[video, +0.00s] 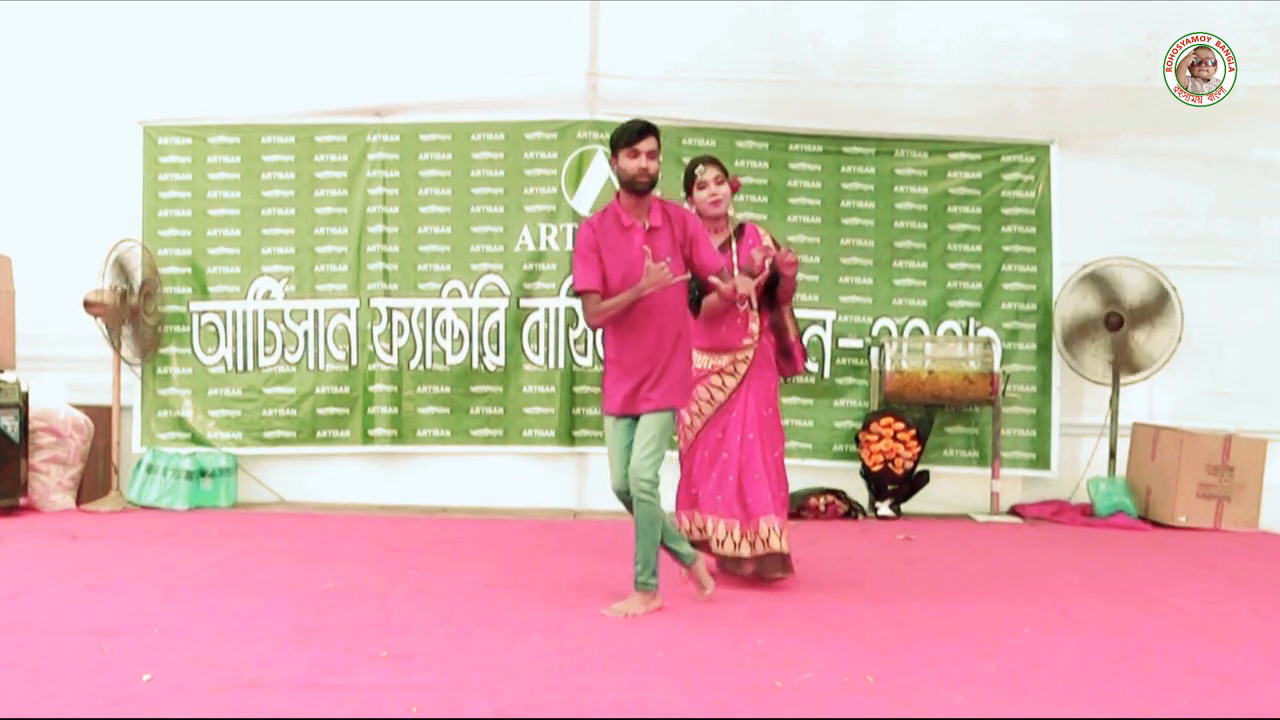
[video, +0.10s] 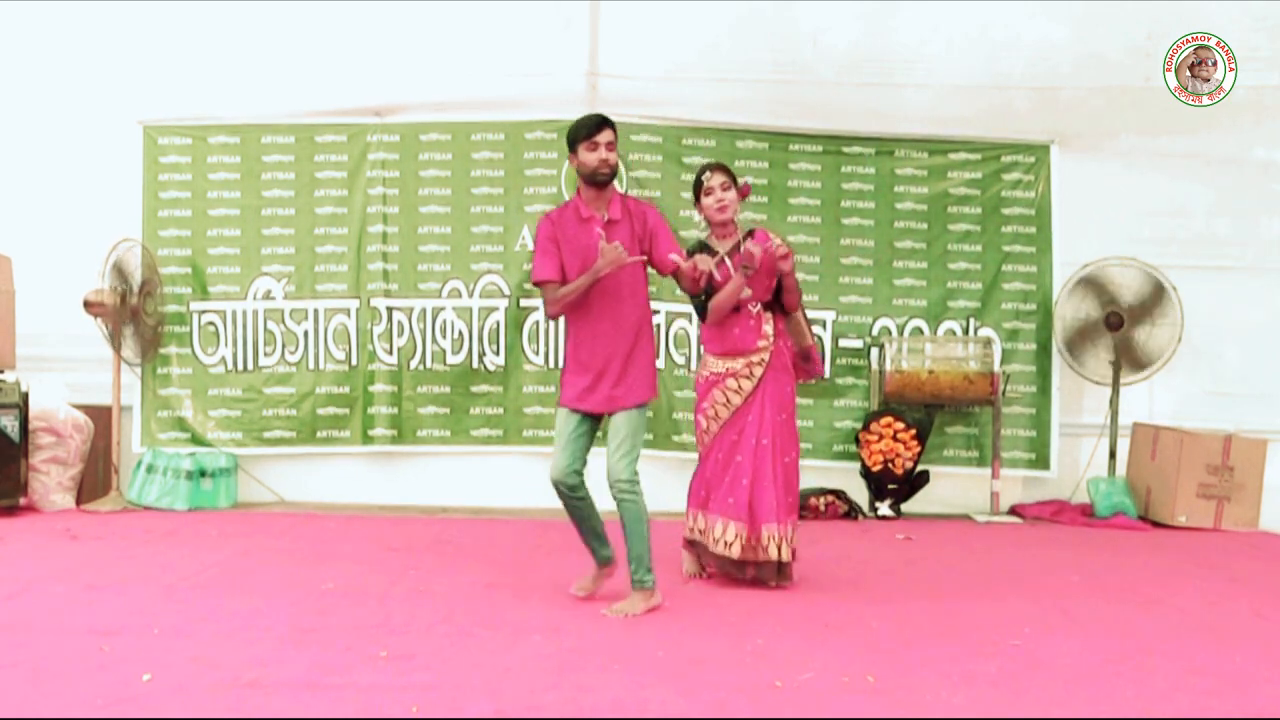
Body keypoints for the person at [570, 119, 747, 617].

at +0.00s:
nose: (645, 163)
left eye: (652, 155)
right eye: (634, 155)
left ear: (660, 162)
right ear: (615, 162)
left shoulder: (679, 219)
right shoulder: (594, 229)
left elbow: (719, 275)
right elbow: (593, 314)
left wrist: (735, 282)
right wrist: (640, 287)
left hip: (669, 368)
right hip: (621, 371)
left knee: (642, 477)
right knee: (622, 484)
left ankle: (646, 591)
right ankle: (690, 557)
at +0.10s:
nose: (606, 155)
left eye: (611, 147)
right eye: (595, 148)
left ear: (619, 155)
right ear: (574, 158)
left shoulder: (642, 215)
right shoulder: (554, 224)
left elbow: (685, 280)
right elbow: (553, 304)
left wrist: (692, 267)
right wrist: (598, 270)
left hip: (632, 369)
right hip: (582, 371)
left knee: (621, 476)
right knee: (564, 474)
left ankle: (644, 588)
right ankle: (604, 560)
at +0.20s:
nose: (579, 143)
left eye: (584, 135)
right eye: (568, 136)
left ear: (592, 142)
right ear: (546, 146)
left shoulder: (615, 201)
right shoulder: (528, 209)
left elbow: (662, 266)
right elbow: (525, 287)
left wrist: (668, 247)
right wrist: (565, 246)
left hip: (605, 352)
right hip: (556, 353)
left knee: (599, 461)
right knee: (537, 461)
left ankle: (629, 574)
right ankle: (559, 562)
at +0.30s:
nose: (541, 139)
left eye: (546, 131)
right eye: (530, 133)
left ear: (554, 137)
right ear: (508, 142)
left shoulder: (576, 195)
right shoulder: (491, 205)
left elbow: (625, 256)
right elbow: (491, 279)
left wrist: (633, 234)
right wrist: (521, 232)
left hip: (564, 346)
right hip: (516, 347)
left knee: (537, 453)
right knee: (520, 463)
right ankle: (548, 559)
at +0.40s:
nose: (516, 141)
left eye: (520, 133)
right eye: (504, 135)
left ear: (528, 139)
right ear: (483, 145)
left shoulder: (551, 200)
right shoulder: (464, 210)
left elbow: (596, 264)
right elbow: (471, 287)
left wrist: (606, 245)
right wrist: (501, 246)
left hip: (539, 350)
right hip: (491, 352)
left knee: (501, 463)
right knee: (502, 466)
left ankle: (471, 576)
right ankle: (550, 557)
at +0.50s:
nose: (478, 154)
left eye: (483, 145)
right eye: (467, 147)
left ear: (491, 152)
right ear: (446, 159)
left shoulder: (518, 217)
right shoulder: (430, 228)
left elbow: (553, 270)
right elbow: (438, 309)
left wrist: (556, 277)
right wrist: (472, 279)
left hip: (497, 367)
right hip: (451, 368)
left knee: (458, 475)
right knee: (443, 478)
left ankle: (445, 581)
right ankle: (511, 548)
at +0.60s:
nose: (455, 156)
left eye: (459, 147)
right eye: (444, 150)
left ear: (468, 154)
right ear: (424, 161)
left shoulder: (497, 215)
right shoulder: (409, 228)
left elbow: (543, 279)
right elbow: (416, 309)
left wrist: (538, 269)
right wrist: (448, 274)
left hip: (478, 367)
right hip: (430, 368)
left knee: (447, 474)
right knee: (413, 475)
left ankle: (443, 580)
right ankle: (462, 531)